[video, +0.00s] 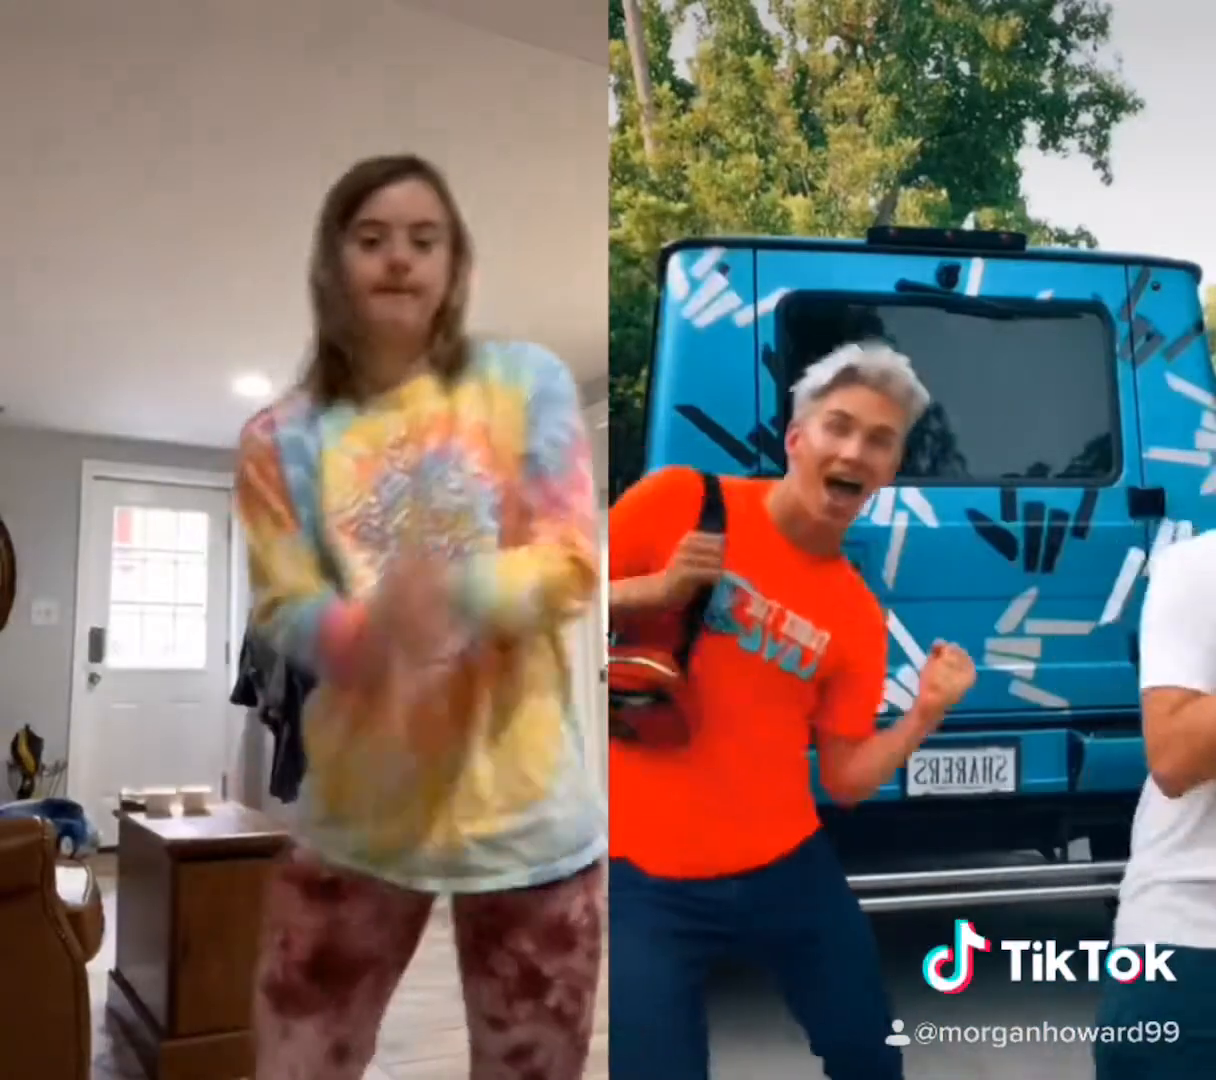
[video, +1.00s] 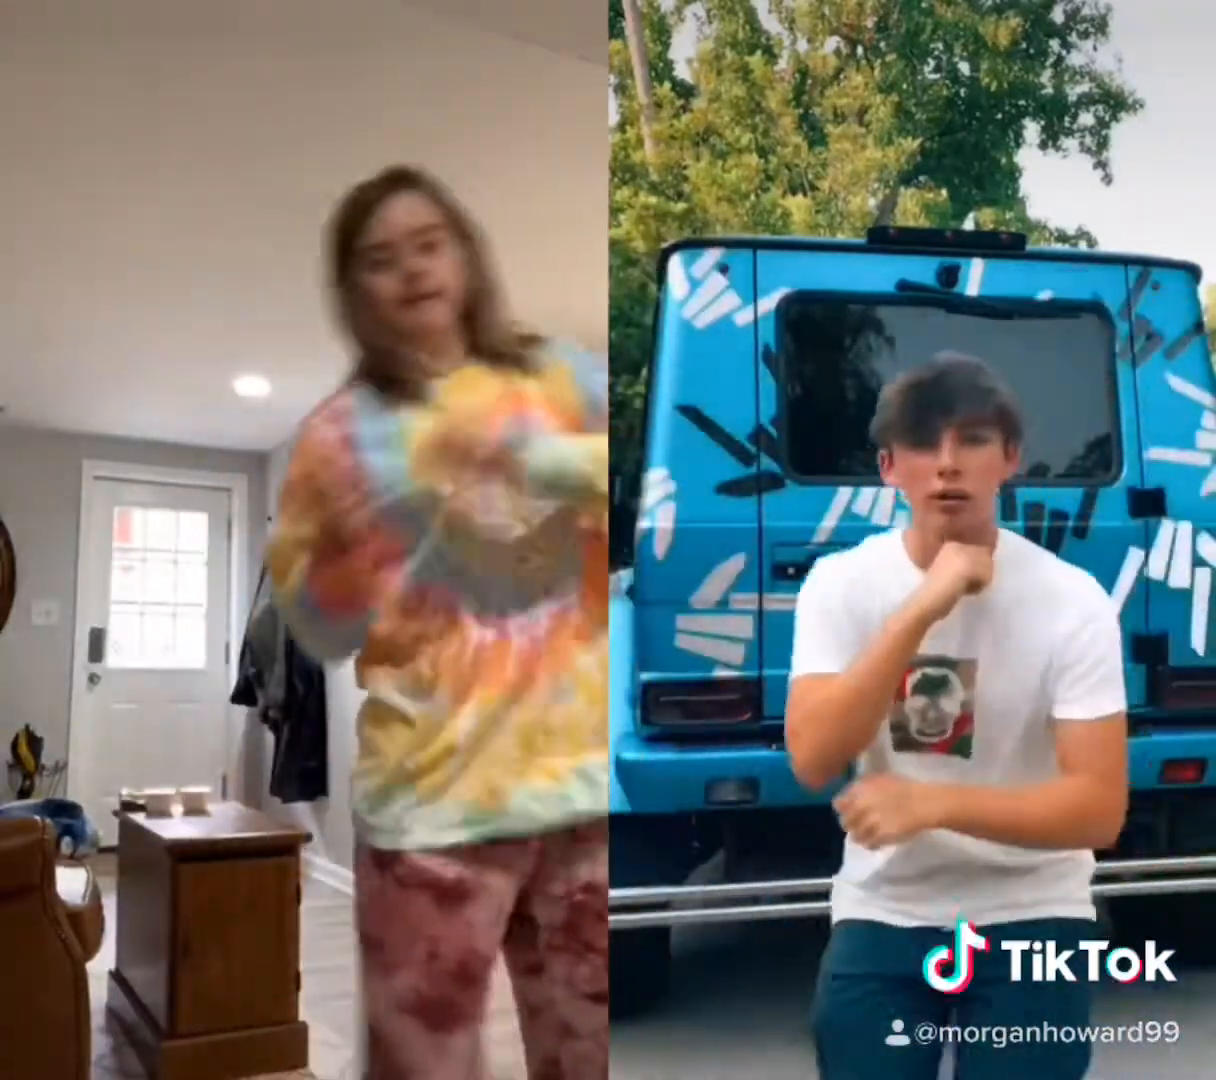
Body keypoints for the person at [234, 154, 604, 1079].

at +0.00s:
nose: (400, 260)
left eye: (425, 238)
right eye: (372, 238)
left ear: (455, 265)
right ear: (331, 263)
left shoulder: (527, 382)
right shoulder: (282, 440)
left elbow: (572, 558)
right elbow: (286, 607)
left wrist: (452, 593)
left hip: (529, 814)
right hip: (358, 816)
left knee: (532, 1066)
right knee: (300, 1064)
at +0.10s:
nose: (427, 278)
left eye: (453, 257)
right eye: (400, 256)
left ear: (483, 283)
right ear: (362, 279)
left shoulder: (549, 424)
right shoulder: (299, 432)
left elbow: (589, 624)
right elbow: (302, 602)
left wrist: (525, 508)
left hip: (547, 838)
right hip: (384, 834)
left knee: (557, 1072)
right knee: (306, 1073)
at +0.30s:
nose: (501, 257)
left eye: (528, 237)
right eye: (474, 236)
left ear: (559, 264)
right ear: (436, 257)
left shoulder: (588, 419)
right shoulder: (363, 379)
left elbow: (592, 603)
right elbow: (353, 549)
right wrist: (511, 550)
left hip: (549, 803)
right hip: (379, 794)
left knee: (564, 1065)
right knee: (311, 1060)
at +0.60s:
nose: (566, 272)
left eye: (588, 249)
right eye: (538, 252)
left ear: (614, 273)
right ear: (501, 275)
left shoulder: (600, 427)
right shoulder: (434, 381)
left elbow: (591, 616)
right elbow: (379, 530)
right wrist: (526, 560)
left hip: (570, 806)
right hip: (436, 803)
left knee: (582, 1063)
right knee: (430, 1066)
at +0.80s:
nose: (536, 299)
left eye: (558, 276)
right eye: (507, 283)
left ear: (592, 300)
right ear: (475, 313)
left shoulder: (613, 442)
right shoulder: (418, 422)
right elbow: (379, 584)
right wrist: (546, 477)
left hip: (578, 832)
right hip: (442, 838)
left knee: (581, 1065)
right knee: (497, 1066)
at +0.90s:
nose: (486, 278)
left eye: (504, 252)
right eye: (456, 262)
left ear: (542, 269)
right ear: (425, 292)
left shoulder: (572, 416)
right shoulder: (387, 418)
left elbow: (612, 572)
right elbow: (343, 610)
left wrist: (596, 446)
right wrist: (433, 500)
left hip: (574, 812)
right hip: (440, 823)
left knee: (580, 1061)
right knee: (476, 1065)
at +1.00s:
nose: (415, 273)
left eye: (432, 245)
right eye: (383, 259)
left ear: (468, 255)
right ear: (351, 290)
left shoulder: (559, 381)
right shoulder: (336, 437)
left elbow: (675, 482)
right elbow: (317, 631)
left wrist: (552, 462)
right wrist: (347, 553)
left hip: (582, 788)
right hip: (431, 804)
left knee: (583, 1059)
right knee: (422, 1060)